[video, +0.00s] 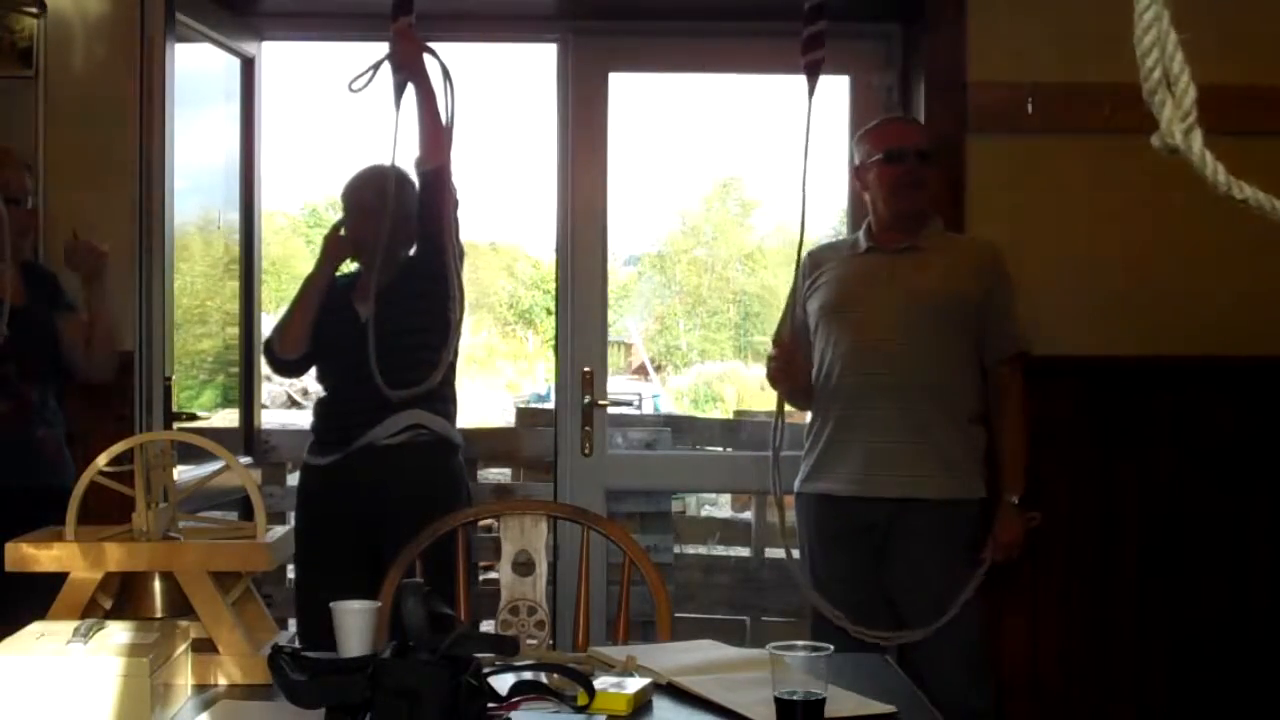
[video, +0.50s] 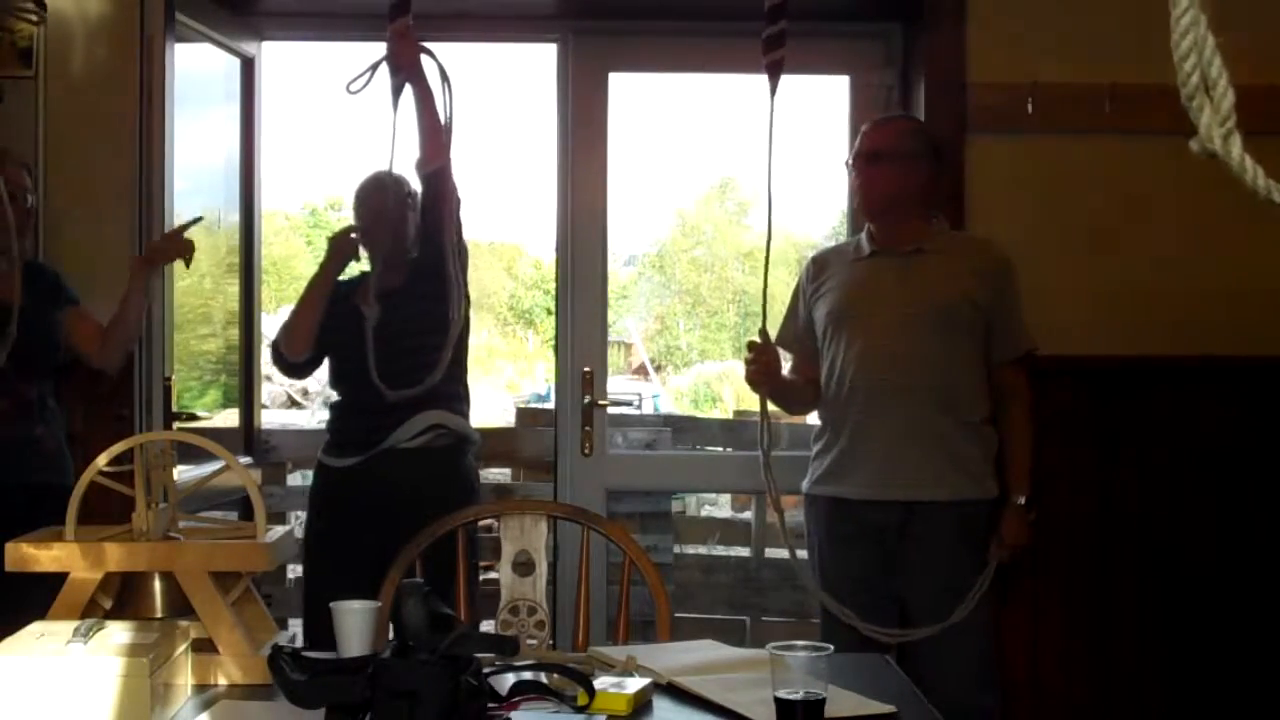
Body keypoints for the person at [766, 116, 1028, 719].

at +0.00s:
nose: (912, 169)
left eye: (923, 158)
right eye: (894, 158)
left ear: (936, 172)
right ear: (859, 178)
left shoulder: (976, 262)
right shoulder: (820, 265)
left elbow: (1006, 386)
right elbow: (806, 391)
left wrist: (1010, 500)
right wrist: (788, 378)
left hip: (942, 502)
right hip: (834, 501)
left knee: (948, 675)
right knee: (847, 673)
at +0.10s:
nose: (914, 168)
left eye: (924, 157)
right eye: (895, 158)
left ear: (938, 172)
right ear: (860, 178)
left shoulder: (975, 261)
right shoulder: (821, 265)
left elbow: (1007, 384)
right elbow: (807, 392)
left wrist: (1011, 500)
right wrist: (788, 378)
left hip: (944, 503)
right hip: (836, 502)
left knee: (947, 677)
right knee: (848, 674)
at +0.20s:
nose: (913, 169)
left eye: (925, 157)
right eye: (894, 158)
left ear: (939, 172)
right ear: (860, 178)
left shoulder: (977, 262)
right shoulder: (822, 266)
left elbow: (1008, 387)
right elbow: (808, 392)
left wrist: (1012, 501)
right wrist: (784, 377)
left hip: (948, 502)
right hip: (839, 501)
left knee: (950, 677)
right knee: (851, 675)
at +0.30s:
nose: (900, 170)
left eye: (916, 157)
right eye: (883, 160)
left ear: (938, 173)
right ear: (861, 179)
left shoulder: (979, 262)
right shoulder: (821, 267)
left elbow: (1011, 388)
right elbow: (808, 389)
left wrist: (1014, 500)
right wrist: (778, 381)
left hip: (951, 504)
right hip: (841, 501)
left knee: (952, 679)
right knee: (852, 678)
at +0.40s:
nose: (869, 170)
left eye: (888, 157)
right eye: (863, 159)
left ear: (927, 173)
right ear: (853, 173)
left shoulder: (979, 264)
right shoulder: (823, 268)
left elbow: (1010, 389)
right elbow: (808, 388)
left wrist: (1016, 500)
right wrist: (774, 383)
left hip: (952, 505)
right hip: (843, 502)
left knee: (952, 681)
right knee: (853, 678)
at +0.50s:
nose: (862, 173)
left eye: (880, 159)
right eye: (858, 160)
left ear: (925, 173)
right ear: (850, 172)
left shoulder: (980, 264)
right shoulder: (824, 270)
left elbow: (1012, 390)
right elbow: (809, 391)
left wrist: (1017, 501)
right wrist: (773, 384)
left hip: (954, 506)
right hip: (845, 504)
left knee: (953, 681)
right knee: (854, 680)